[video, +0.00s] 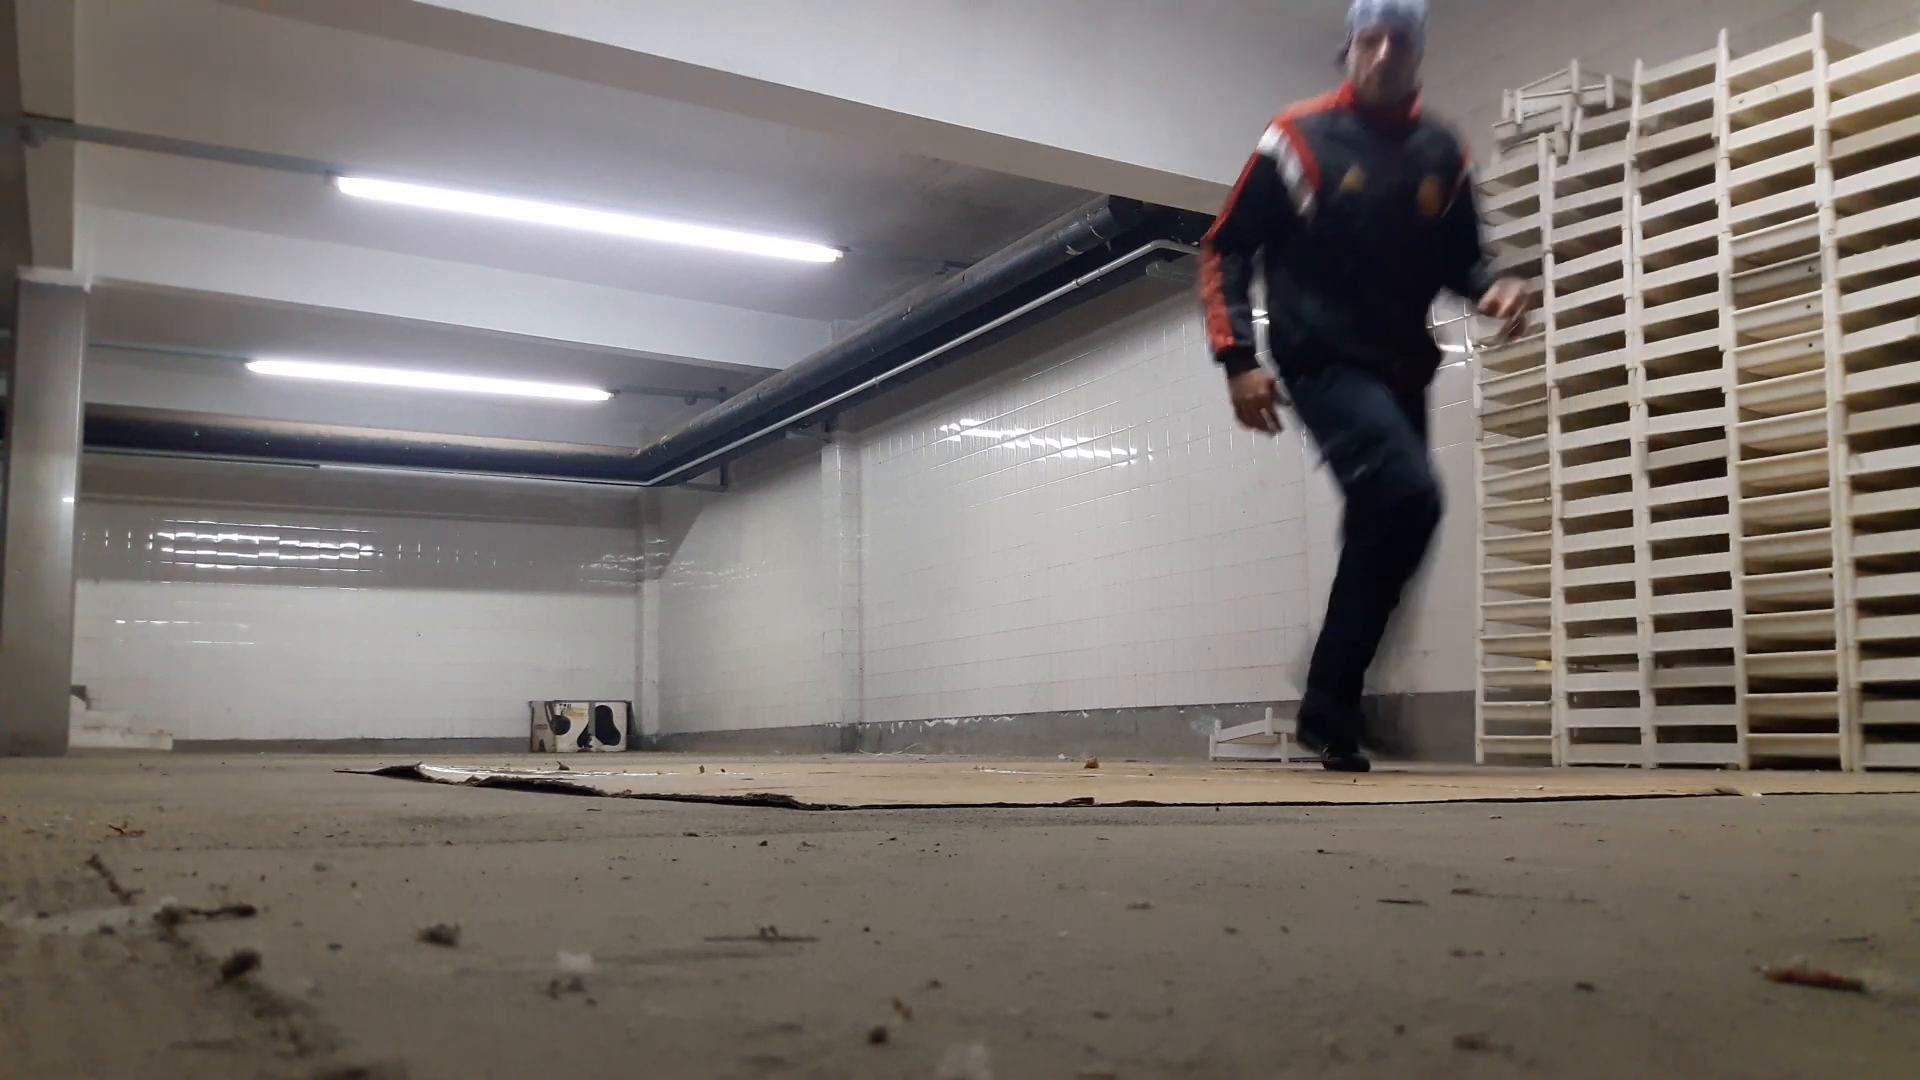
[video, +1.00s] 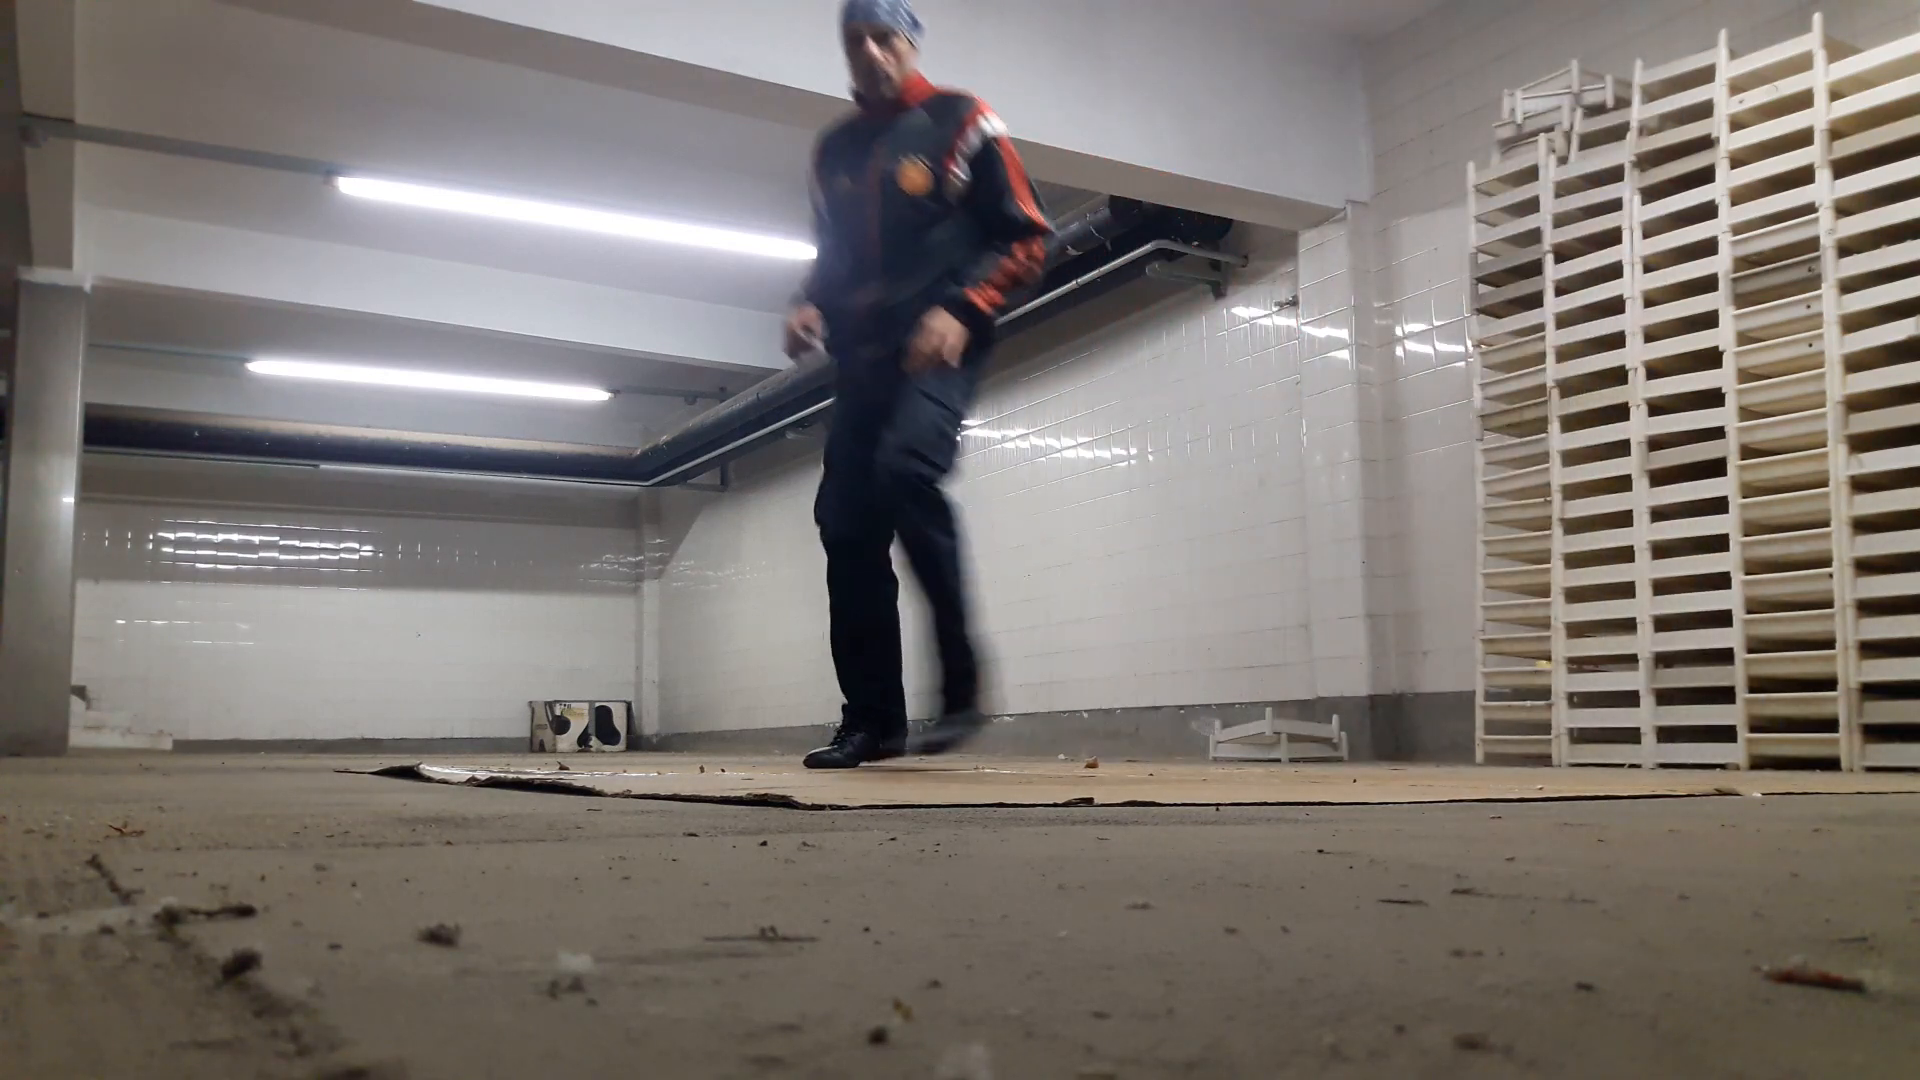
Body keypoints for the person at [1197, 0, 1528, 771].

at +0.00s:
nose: (1385, 56)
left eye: (1401, 43)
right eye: (1371, 41)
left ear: (1422, 56)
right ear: (1347, 52)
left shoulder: (1441, 149)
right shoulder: (1298, 137)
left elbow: (1459, 260)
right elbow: (1224, 250)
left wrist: (1495, 287)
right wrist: (1237, 361)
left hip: (1401, 366)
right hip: (1321, 361)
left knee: (1377, 540)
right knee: (1407, 495)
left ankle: (1329, 714)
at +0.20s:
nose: (1321, 103)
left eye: (1335, 92)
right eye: (1307, 90)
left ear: (1351, 107)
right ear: (1285, 98)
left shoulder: (1357, 196)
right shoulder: (1239, 178)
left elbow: (1343, 307)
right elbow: (1154, 263)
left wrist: (1384, 353)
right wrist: (1227, 307)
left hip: (1324, 415)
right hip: (1246, 408)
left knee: (1348, 569)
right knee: (1255, 552)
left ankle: (1316, 736)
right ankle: (1146, 537)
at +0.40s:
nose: (1222, 53)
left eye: (1235, 40)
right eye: (1208, 42)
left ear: (1256, 52)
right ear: (1190, 55)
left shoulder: (1286, 143)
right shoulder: (1146, 136)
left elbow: (1309, 247)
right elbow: (1075, 231)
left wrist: (1296, 287)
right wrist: (1140, 261)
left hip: (1237, 372)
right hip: (1149, 362)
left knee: (1246, 527)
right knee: (1105, 488)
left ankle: (1222, 693)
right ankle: (1043, 651)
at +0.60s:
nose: (1094, 134)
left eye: (1106, 120)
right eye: (1081, 124)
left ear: (1131, 123)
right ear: (1068, 134)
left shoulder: (1186, 207)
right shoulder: (1044, 227)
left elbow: (1251, 297)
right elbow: (1019, 333)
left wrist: (1260, 373)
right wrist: (1032, 356)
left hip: (1153, 441)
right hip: (1064, 436)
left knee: (1162, 596)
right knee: (997, 557)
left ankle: (1182, 735)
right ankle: (908, 716)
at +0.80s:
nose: (955, 108)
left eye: (967, 94)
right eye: (943, 98)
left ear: (996, 94)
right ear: (931, 107)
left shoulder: (1051, 165)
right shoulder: (928, 193)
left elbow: (1128, 272)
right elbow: (927, 286)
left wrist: (1086, 370)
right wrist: (914, 336)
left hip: (1034, 404)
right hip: (953, 404)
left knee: (1062, 559)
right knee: (905, 547)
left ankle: (1145, 681)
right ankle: (879, 728)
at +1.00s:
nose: (868, 56)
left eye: (881, 40)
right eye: (855, 44)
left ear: (911, 44)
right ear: (844, 56)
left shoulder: (962, 120)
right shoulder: (833, 148)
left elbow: (1029, 239)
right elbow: (837, 250)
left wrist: (961, 310)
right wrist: (809, 303)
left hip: (939, 341)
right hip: (861, 351)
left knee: (903, 475)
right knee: (844, 521)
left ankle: (962, 697)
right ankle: (873, 721)